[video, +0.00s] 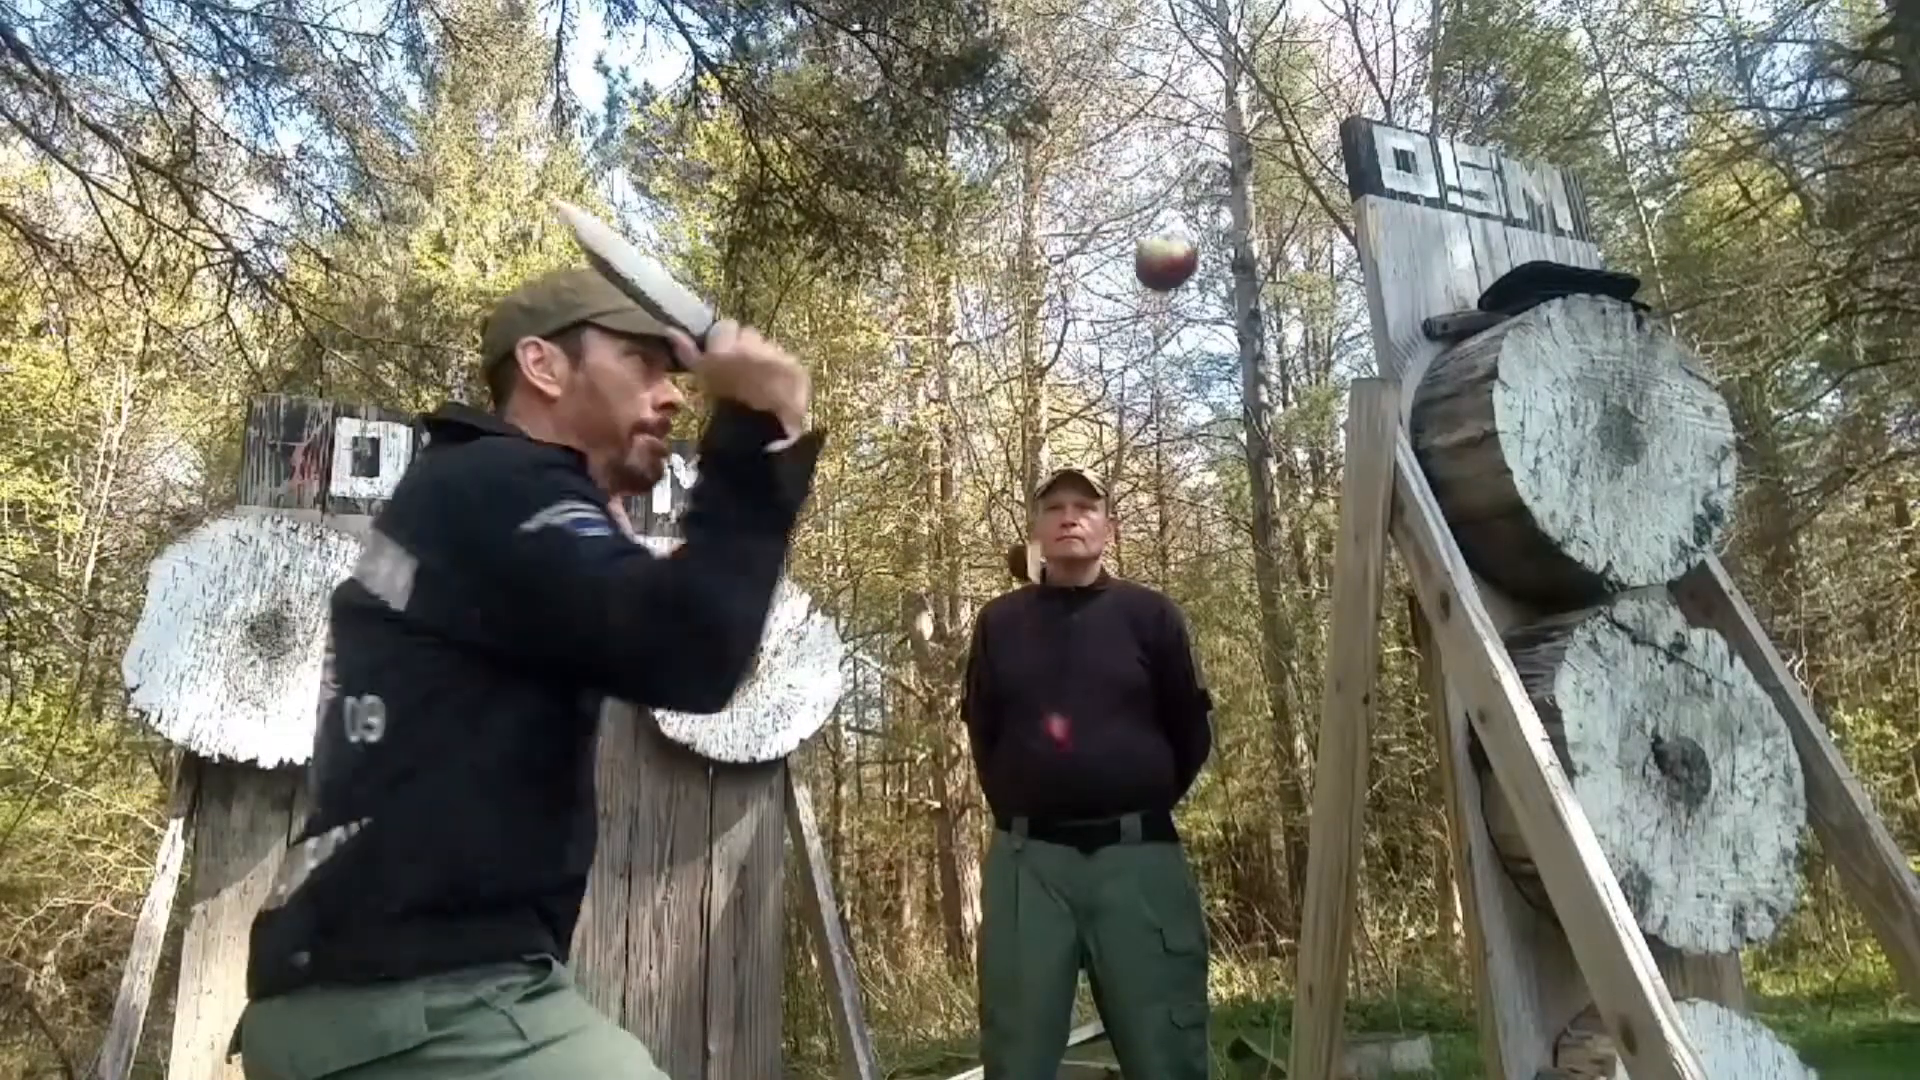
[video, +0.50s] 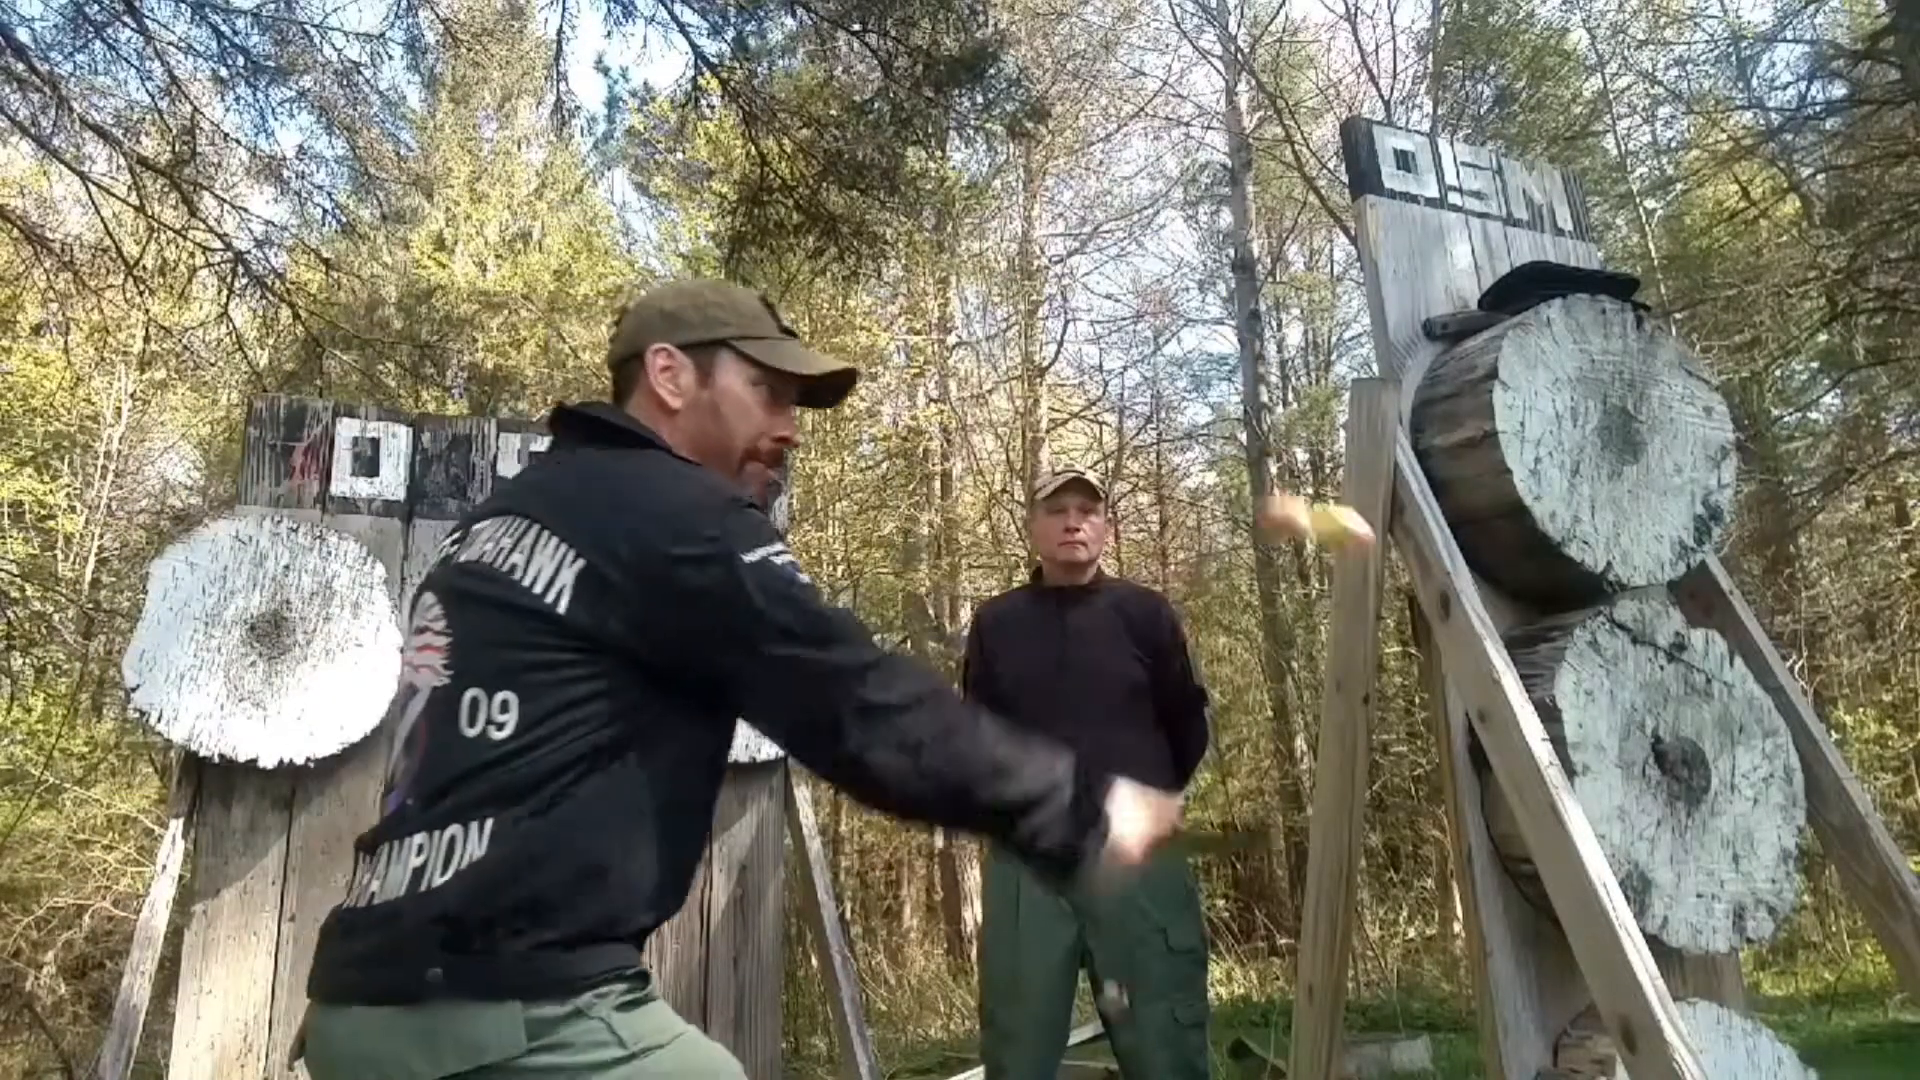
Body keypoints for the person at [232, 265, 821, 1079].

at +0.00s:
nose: (671, 396)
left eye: (672, 373)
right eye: (643, 360)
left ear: (545, 373)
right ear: (545, 366)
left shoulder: (438, 489)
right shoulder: (507, 488)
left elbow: (674, 649)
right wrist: (754, 435)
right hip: (440, 1007)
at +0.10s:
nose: (708, 409)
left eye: (706, 383)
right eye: (677, 374)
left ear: (573, 383)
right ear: (575, 378)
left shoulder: (464, 497)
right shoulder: (569, 504)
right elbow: (781, 659)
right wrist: (852, 442)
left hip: (317, 1018)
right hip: (467, 1021)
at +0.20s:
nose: (708, 409)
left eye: (706, 383)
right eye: (677, 374)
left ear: (572, 383)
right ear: (575, 378)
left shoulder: (464, 497)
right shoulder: (569, 504)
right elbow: (781, 659)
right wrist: (852, 442)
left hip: (316, 1018)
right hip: (467, 1021)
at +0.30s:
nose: (738, 418)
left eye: (736, 391)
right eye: (710, 381)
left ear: (607, 391)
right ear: (609, 385)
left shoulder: (469, 515)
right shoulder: (615, 515)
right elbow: (836, 675)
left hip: (325, 1024)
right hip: (495, 1026)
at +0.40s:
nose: (767, 429)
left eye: (769, 401)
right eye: (745, 393)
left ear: (640, 393)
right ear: (641, 385)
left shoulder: (496, 513)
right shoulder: (648, 527)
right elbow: (878, 690)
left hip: (347, 1014)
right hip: (520, 1019)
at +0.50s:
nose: (790, 429)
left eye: (796, 402)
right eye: (770, 393)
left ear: (666, 389)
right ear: (669, 378)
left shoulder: (516, 507)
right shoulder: (682, 526)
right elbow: (867, 711)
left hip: (365, 1005)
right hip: (536, 1008)